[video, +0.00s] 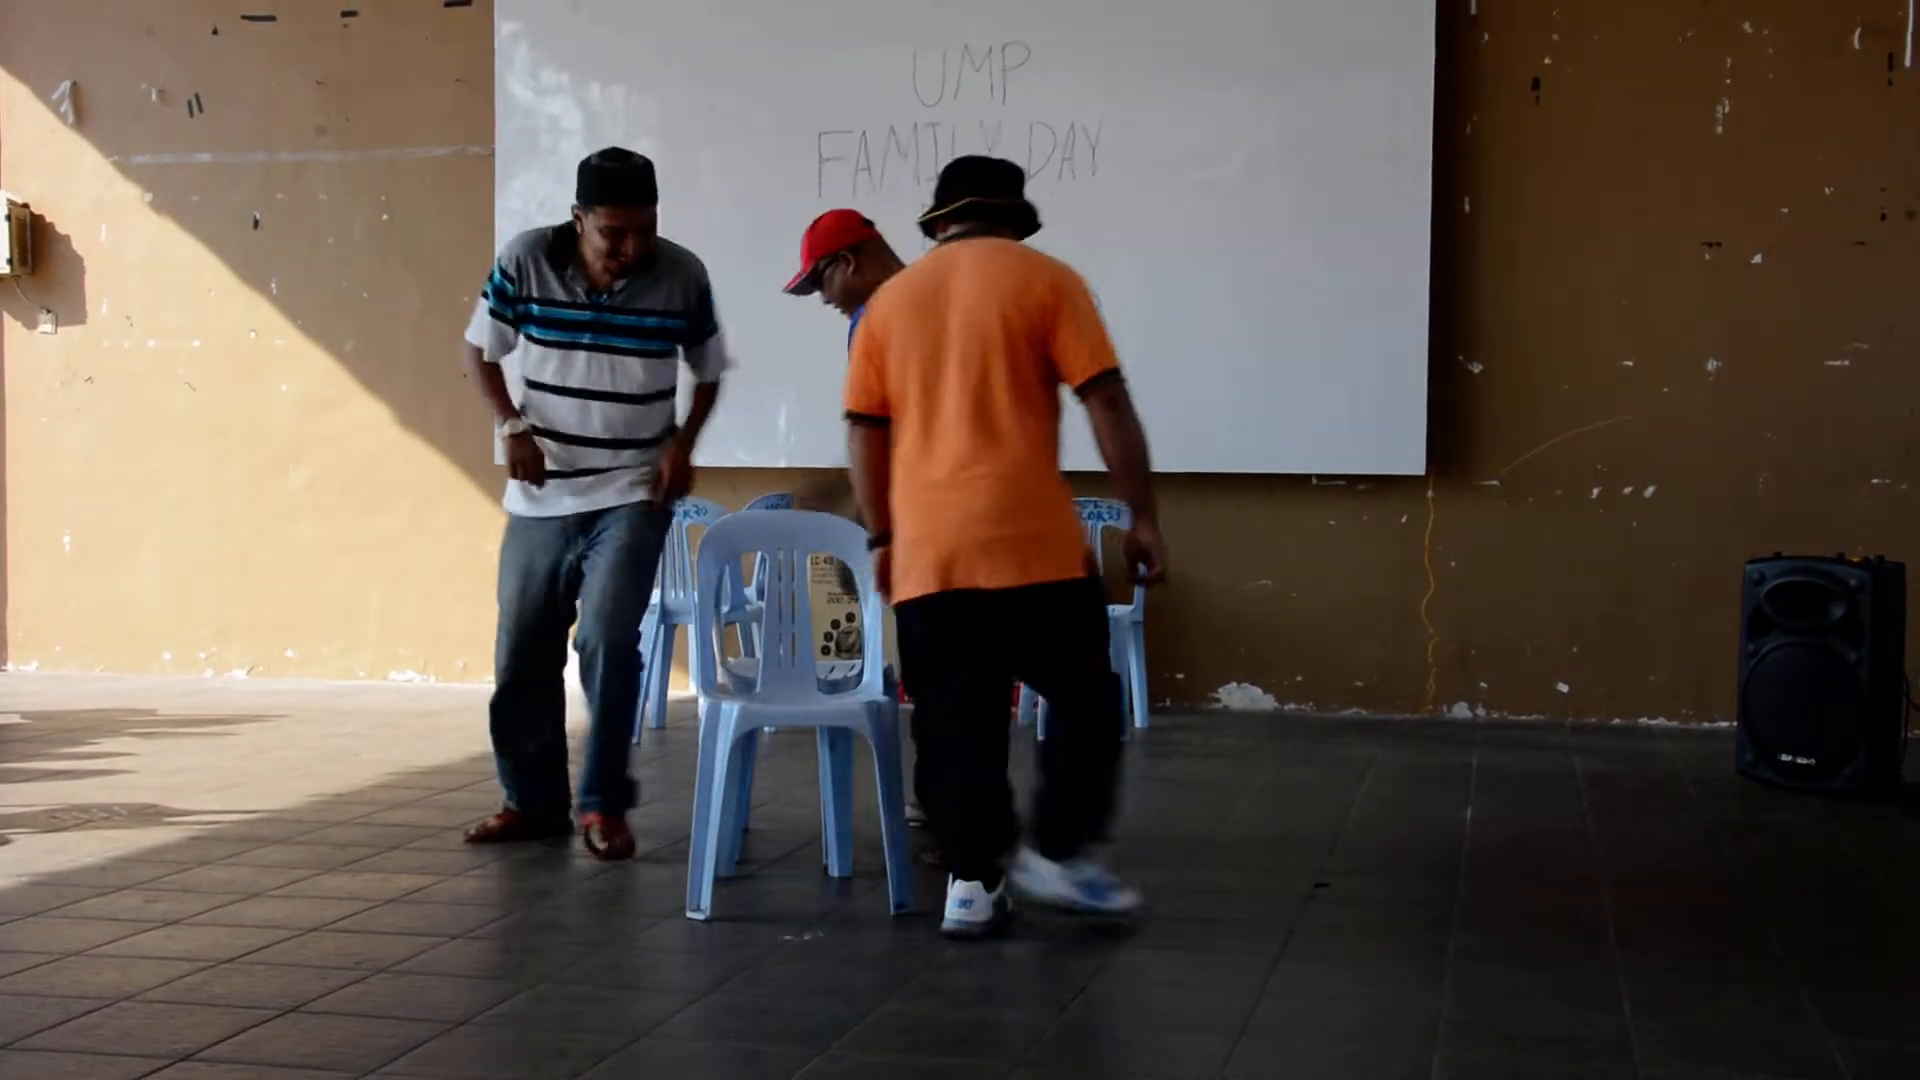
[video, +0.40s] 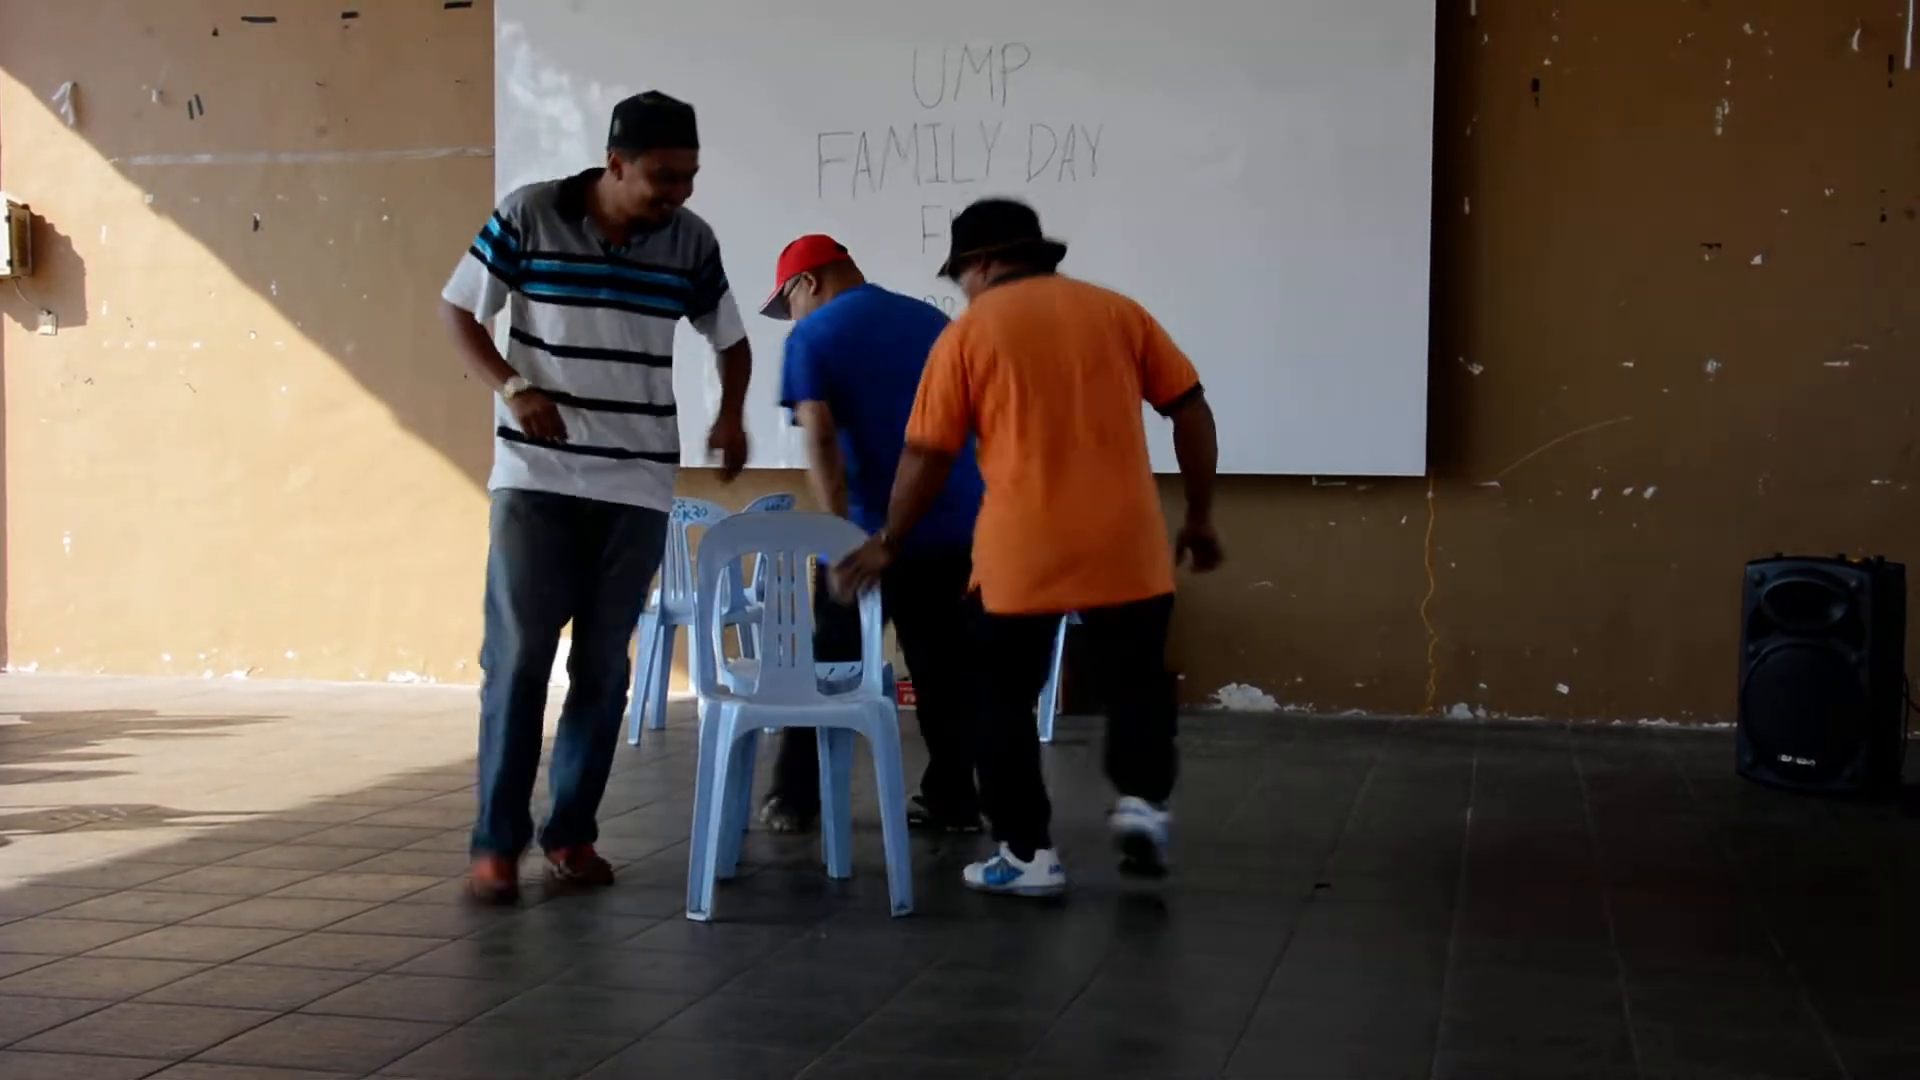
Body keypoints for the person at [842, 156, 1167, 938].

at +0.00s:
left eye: (930, 230)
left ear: (939, 223)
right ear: (1017, 219)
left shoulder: (887, 302)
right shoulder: (1046, 280)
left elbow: (866, 435)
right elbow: (1107, 402)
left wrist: (880, 535)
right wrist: (1141, 515)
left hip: (928, 553)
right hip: (1034, 543)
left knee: (954, 722)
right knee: (1087, 698)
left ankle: (970, 882)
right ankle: (1058, 855)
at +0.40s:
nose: (960, 291)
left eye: (961, 276)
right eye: (959, 277)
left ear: (982, 265)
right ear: (1041, 258)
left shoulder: (970, 333)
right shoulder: (1116, 311)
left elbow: (925, 456)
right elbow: (1192, 410)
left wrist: (888, 542)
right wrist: (1200, 518)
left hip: (1022, 549)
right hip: (1130, 542)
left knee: (999, 702)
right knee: (1139, 679)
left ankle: (1026, 852)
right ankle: (1141, 804)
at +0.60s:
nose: (980, 310)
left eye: (981, 293)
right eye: (976, 296)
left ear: (1009, 279)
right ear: (1051, 273)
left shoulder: (1011, 350)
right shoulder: (1140, 325)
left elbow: (967, 470)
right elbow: (1204, 420)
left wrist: (901, 547)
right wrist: (1179, 505)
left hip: (1060, 565)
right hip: (1161, 556)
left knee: (1002, 696)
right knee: (1160, 684)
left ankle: (1030, 851)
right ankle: (1212, 830)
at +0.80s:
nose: (1011, 285)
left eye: (1012, 268)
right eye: (1006, 271)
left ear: (1043, 256)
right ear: (1074, 251)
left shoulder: (1055, 323)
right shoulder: (1162, 307)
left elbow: (1032, 438)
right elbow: (1196, 409)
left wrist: (971, 529)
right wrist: (1140, 473)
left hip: (1085, 542)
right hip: (1178, 535)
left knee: (1046, 672)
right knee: (1177, 680)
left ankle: (1086, 817)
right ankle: (1213, 825)